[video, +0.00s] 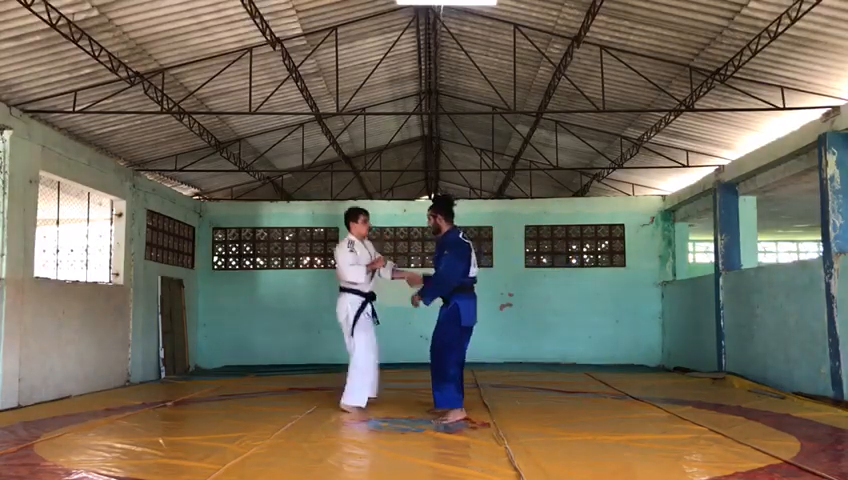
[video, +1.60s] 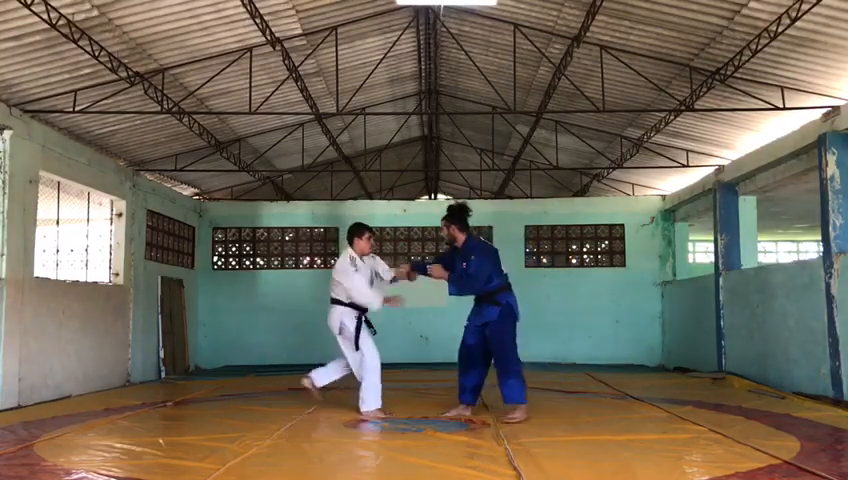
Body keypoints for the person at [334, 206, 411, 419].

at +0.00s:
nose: (368, 226)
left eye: (368, 222)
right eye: (364, 222)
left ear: (360, 224)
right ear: (352, 224)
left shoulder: (367, 246)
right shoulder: (345, 247)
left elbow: (385, 270)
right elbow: (349, 274)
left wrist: (407, 276)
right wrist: (371, 267)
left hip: (365, 301)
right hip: (351, 302)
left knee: (369, 349)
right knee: (362, 351)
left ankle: (362, 395)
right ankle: (350, 401)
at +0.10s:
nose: (364, 220)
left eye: (364, 216)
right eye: (360, 216)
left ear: (361, 218)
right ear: (348, 219)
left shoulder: (364, 240)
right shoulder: (338, 242)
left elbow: (374, 266)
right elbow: (338, 272)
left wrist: (389, 274)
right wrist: (365, 266)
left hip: (359, 297)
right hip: (346, 298)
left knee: (351, 347)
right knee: (355, 348)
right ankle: (343, 396)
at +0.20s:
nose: (361, 225)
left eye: (361, 221)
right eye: (357, 221)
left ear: (355, 224)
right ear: (344, 224)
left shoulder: (357, 247)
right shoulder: (334, 247)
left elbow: (358, 275)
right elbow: (332, 278)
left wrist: (372, 282)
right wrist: (359, 275)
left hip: (355, 304)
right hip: (342, 304)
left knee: (341, 352)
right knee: (350, 353)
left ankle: (311, 385)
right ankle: (334, 402)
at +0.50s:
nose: (348, 227)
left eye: (348, 223)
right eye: (344, 223)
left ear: (338, 225)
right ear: (332, 225)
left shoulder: (341, 247)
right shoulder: (324, 246)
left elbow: (336, 275)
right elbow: (322, 277)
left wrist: (347, 284)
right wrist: (347, 295)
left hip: (325, 301)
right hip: (323, 302)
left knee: (311, 350)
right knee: (334, 352)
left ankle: (291, 398)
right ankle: (333, 402)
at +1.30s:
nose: (357, 241)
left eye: (358, 237)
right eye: (354, 237)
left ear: (346, 238)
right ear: (342, 236)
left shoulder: (345, 259)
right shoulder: (331, 257)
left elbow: (348, 289)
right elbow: (334, 292)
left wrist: (367, 297)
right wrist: (360, 295)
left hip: (324, 312)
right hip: (330, 314)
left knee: (316, 360)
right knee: (352, 360)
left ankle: (291, 402)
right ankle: (364, 406)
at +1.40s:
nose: (366, 246)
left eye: (366, 242)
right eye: (362, 242)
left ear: (360, 242)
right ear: (350, 241)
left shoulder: (359, 265)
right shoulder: (334, 264)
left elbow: (373, 291)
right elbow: (337, 297)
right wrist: (362, 302)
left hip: (333, 317)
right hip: (336, 318)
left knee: (327, 361)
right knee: (363, 358)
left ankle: (293, 400)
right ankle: (368, 408)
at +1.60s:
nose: (372, 244)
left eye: (372, 240)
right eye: (368, 239)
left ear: (359, 241)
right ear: (355, 240)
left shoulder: (367, 259)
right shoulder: (345, 264)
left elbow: (384, 273)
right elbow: (358, 292)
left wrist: (400, 274)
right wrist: (383, 300)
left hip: (354, 314)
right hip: (343, 315)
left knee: (356, 358)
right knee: (370, 356)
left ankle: (314, 379)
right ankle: (370, 408)